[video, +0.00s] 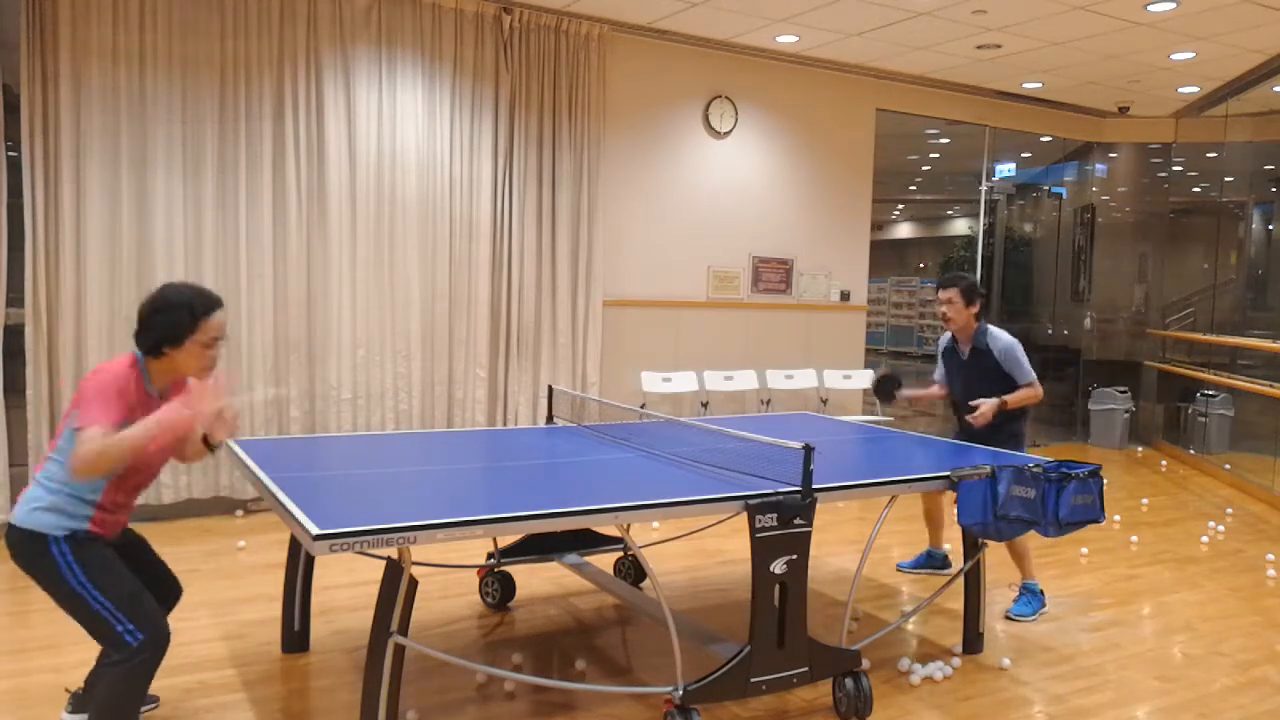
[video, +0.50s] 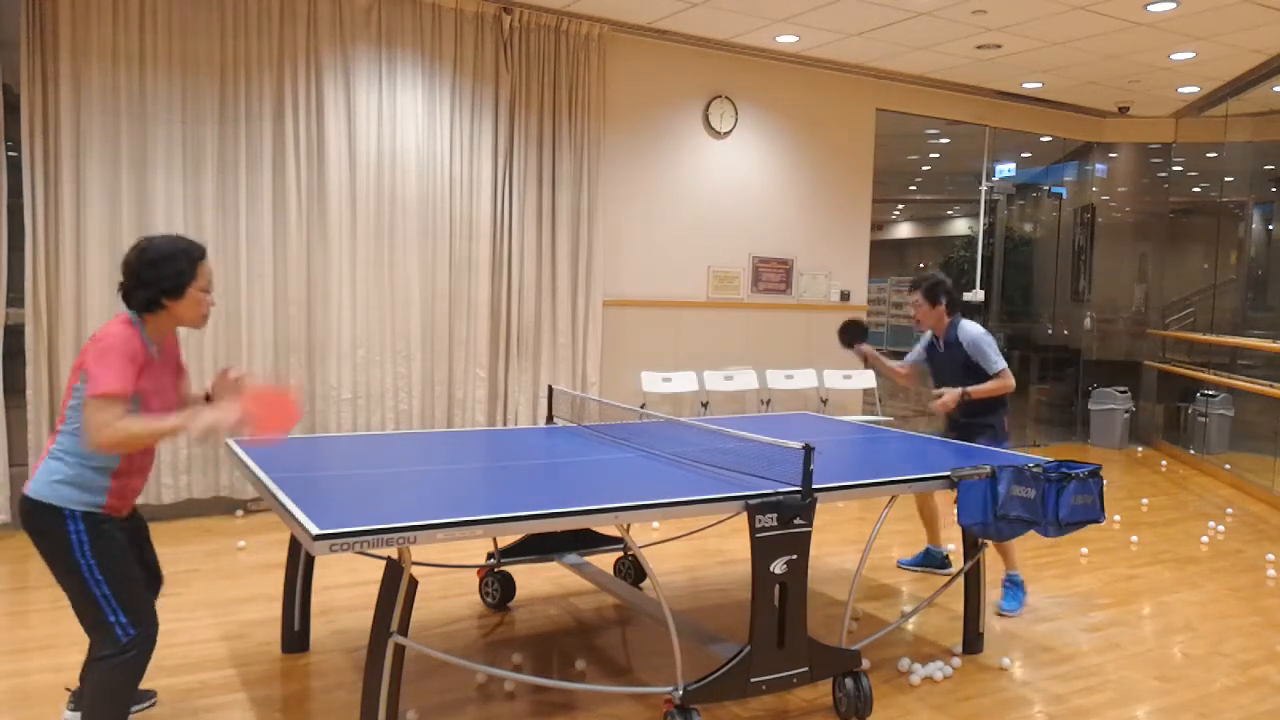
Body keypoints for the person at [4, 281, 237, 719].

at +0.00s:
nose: (217, 356)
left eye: (219, 344)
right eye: (210, 345)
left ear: (180, 346)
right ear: (171, 345)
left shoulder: (179, 387)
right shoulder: (111, 380)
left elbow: (181, 450)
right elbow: (84, 462)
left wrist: (210, 435)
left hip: (97, 524)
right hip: (49, 529)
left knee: (163, 591)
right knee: (144, 637)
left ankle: (98, 695)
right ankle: (103, 709)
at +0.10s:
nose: (213, 325)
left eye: (213, 315)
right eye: (205, 316)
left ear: (172, 318)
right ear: (169, 318)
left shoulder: (153, 354)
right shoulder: (123, 346)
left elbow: (168, 422)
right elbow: (162, 411)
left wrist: (211, 398)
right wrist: (232, 351)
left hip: (98, 511)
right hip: (60, 516)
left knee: (152, 585)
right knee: (144, 632)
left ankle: (98, 696)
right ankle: (99, 712)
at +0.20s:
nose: (206, 297)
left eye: (206, 286)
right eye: (200, 287)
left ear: (164, 288)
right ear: (165, 288)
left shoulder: (138, 333)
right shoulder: (126, 324)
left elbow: (158, 404)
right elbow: (187, 376)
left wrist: (216, 375)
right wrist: (247, 324)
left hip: (94, 498)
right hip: (78, 500)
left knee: (117, 614)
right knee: (141, 628)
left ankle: (92, 699)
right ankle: (100, 711)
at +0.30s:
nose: (204, 285)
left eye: (202, 274)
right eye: (196, 275)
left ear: (158, 281)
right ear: (160, 280)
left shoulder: (137, 325)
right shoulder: (128, 320)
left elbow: (169, 391)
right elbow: (182, 382)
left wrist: (221, 365)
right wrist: (236, 332)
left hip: (83, 492)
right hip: (82, 496)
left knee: (107, 609)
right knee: (140, 626)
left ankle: (89, 699)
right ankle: (100, 712)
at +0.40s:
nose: (205, 285)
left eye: (204, 274)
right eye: (197, 276)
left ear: (166, 284)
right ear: (163, 282)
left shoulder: (145, 328)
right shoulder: (126, 324)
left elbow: (159, 404)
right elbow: (155, 406)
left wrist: (220, 374)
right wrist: (223, 367)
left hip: (97, 496)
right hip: (77, 499)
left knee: (109, 613)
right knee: (137, 629)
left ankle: (90, 700)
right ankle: (99, 712)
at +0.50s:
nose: (210, 302)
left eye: (209, 290)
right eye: (203, 291)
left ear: (168, 297)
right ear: (166, 296)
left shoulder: (166, 342)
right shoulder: (116, 342)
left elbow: (174, 413)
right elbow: (102, 433)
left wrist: (214, 400)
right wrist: (194, 419)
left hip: (111, 502)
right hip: (66, 505)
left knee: (145, 585)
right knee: (129, 631)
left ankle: (99, 691)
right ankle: (97, 711)